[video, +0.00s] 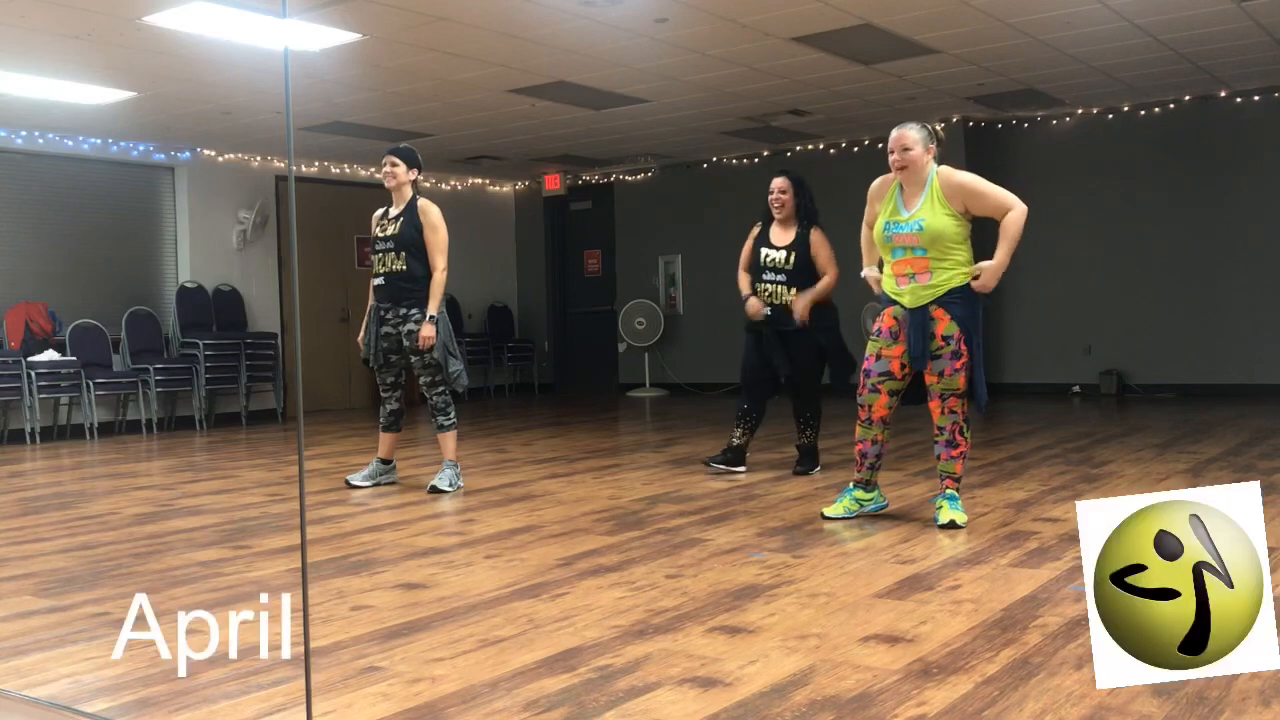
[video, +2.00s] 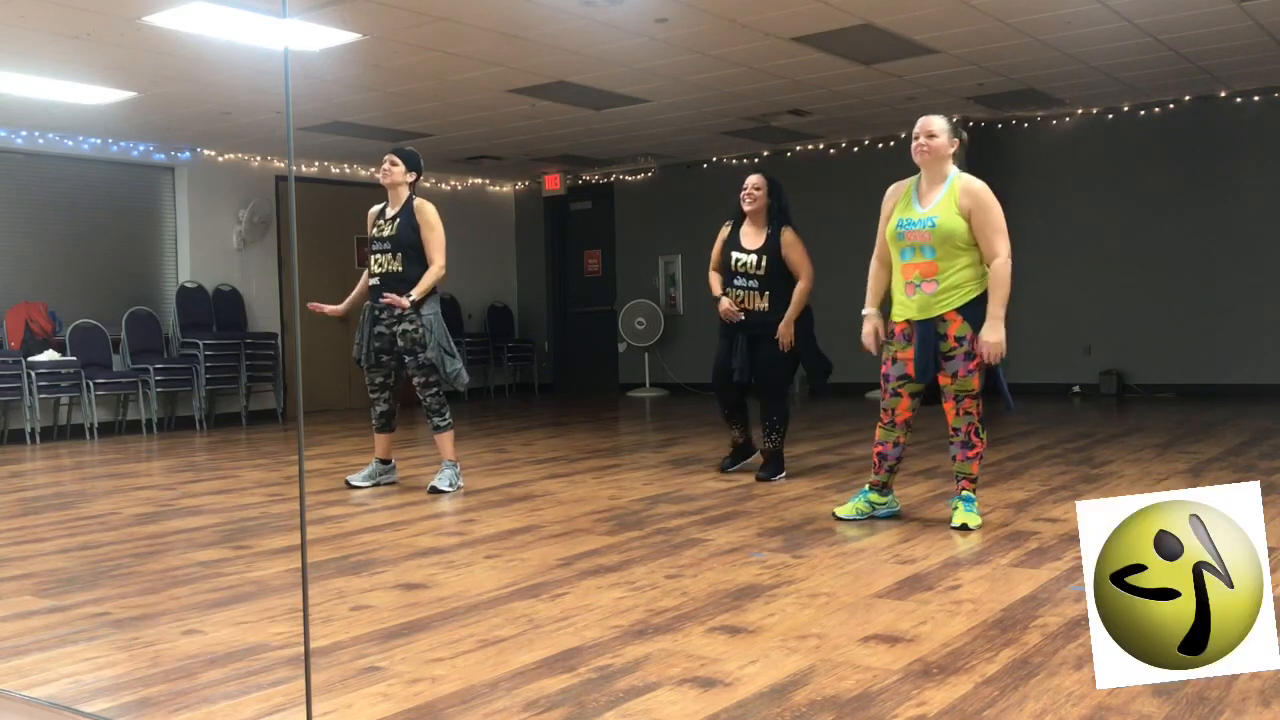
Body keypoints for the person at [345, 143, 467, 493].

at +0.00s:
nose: (385, 170)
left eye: (393, 166)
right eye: (384, 166)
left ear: (413, 173)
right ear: (383, 173)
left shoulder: (426, 210)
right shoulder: (379, 217)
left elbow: (440, 268)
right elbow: (378, 275)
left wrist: (430, 319)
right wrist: (366, 323)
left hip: (417, 314)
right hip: (383, 316)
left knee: (436, 391)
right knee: (389, 392)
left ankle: (451, 468)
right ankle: (384, 464)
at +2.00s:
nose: (384, 169)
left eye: (393, 165)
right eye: (383, 164)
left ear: (411, 175)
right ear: (382, 174)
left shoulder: (422, 209)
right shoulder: (374, 215)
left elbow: (437, 266)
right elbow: (373, 269)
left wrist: (411, 298)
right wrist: (343, 307)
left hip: (413, 314)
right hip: (377, 314)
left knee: (429, 389)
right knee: (380, 390)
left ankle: (450, 467)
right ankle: (382, 464)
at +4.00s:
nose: (387, 167)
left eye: (395, 164)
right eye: (386, 162)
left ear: (412, 175)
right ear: (382, 172)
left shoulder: (427, 210)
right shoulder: (370, 217)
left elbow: (447, 262)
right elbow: (368, 273)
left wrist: (458, 310)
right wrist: (336, 307)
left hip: (421, 312)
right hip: (382, 315)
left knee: (431, 386)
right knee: (386, 389)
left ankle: (452, 466)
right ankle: (390, 463)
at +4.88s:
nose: (394, 168)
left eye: (402, 164)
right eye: (393, 164)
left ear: (421, 171)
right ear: (392, 172)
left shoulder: (436, 208)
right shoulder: (384, 211)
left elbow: (444, 265)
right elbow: (381, 265)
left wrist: (412, 300)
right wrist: (376, 310)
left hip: (428, 310)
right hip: (391, 311)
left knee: (439, 384)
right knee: (390, 385)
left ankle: (459, 465)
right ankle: (390, 462)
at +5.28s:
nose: (399, 169)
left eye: (407, 165)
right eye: (397, 165)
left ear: (426, 172)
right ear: (396, 173)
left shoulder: (442, 206)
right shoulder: (393, 215)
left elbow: (462, 258)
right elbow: (397, 271)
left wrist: (456, 301)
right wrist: (362, 306)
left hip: (433, 311)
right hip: (397, 312)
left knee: (441, 386)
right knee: (389, 382)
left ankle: (459, 465)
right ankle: (397, 460)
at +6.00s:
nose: (407, 169)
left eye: (414, 164)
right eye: (405, 166)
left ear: (435, 170)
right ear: (405, 175)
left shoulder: (450, 208)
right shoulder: (408, 212)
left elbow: (455, 265)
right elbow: (406, 268)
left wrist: (429, 256)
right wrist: (378, 297)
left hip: (441, 312)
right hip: (407, 310)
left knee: (437, 384)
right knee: (373, 373)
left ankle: (460, 465)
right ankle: (388, 451)